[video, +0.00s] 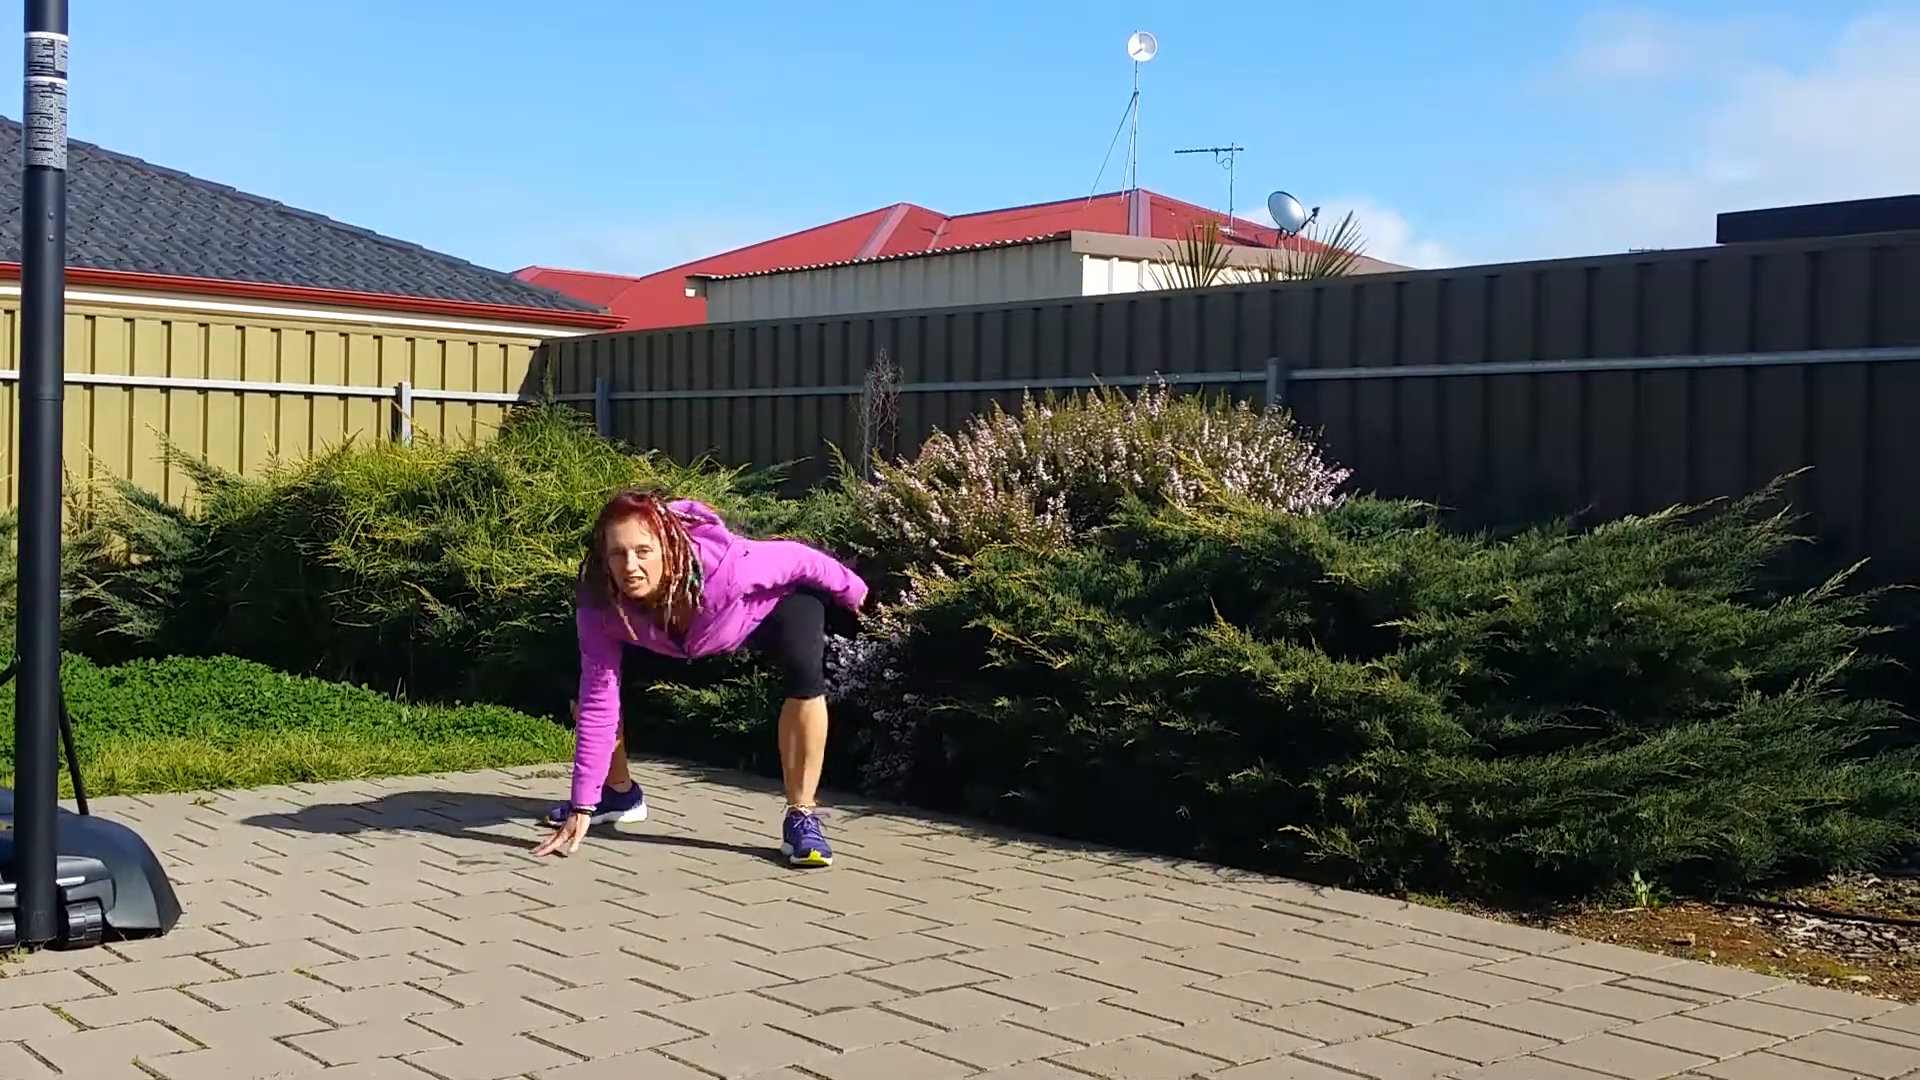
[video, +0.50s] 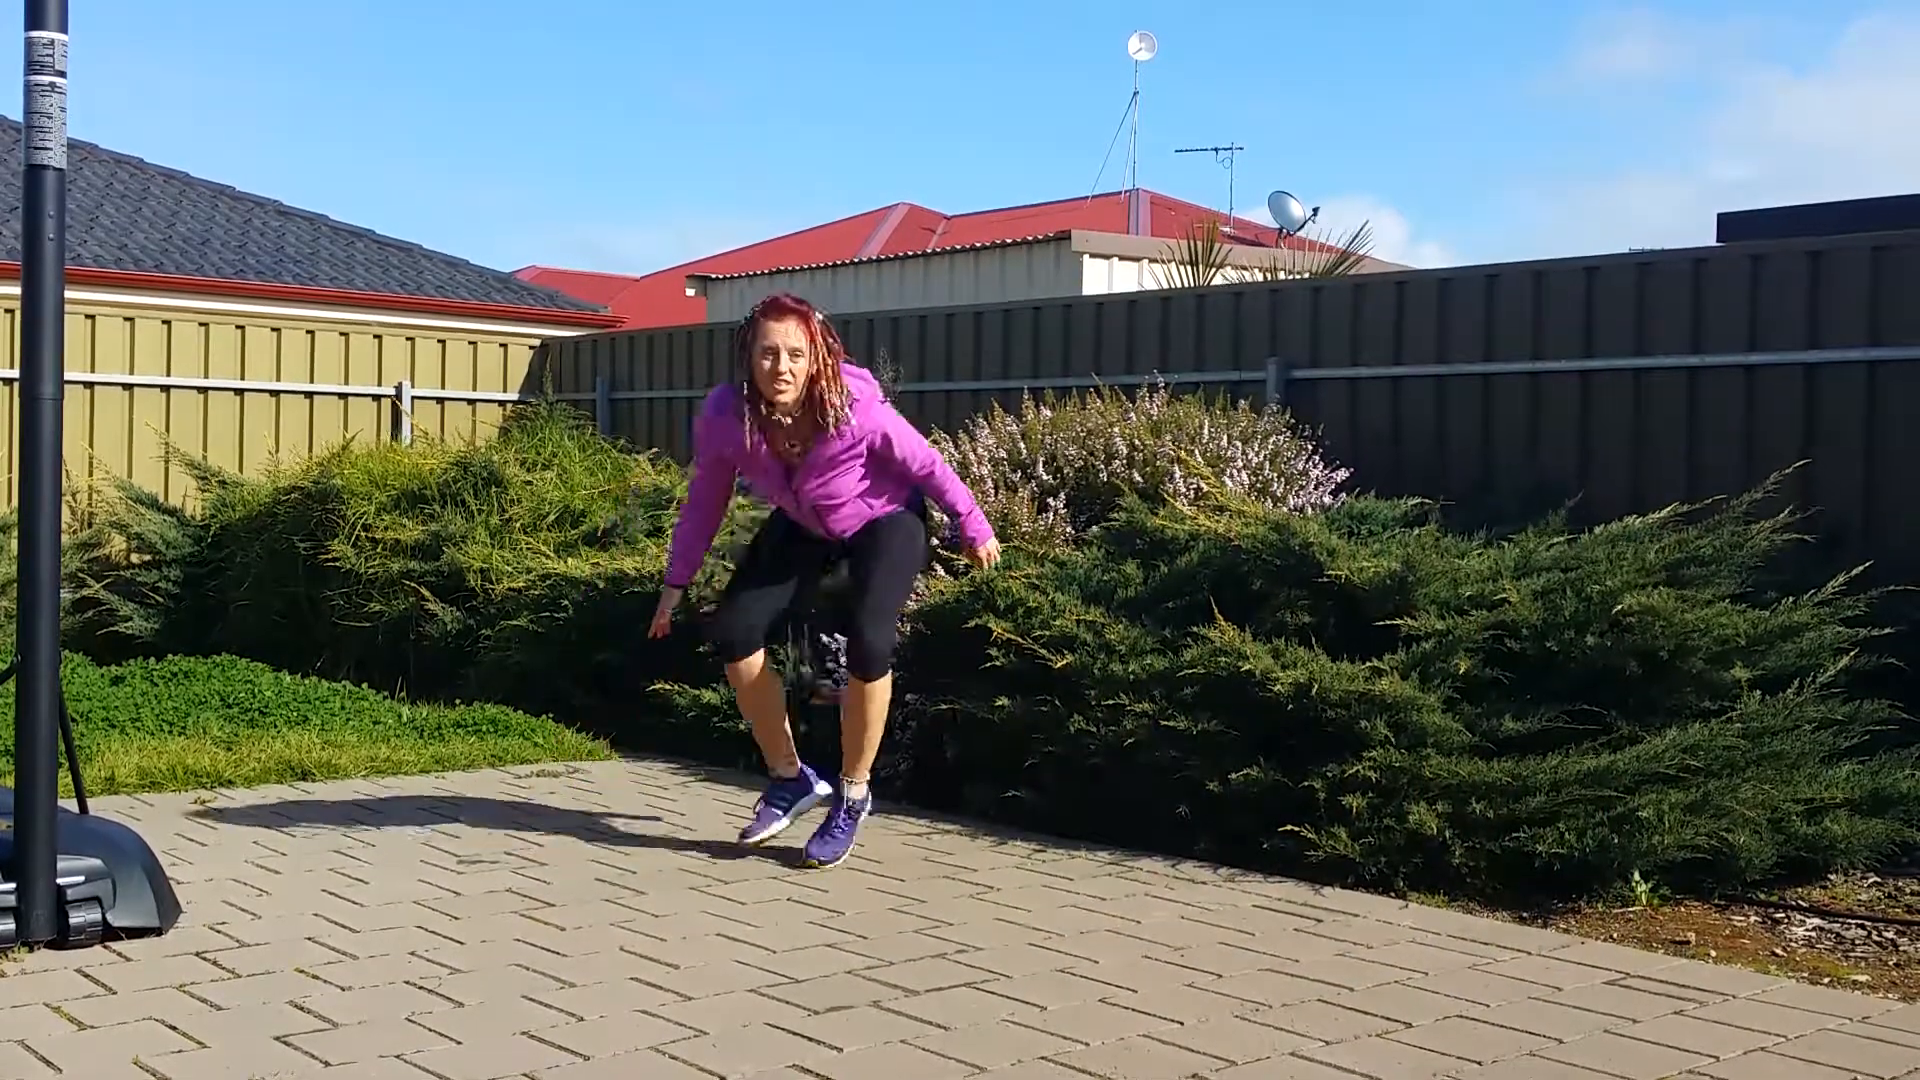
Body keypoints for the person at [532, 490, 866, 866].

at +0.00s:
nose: (630, 565)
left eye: (642, 551)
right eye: (617, 553)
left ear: (669, 549)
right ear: (603, 557)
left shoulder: (727, 566)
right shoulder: (599, 604)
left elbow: (801, 559)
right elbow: (596, 701)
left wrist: (854, 591)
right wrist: (582, 805)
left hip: (765, 603)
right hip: (680, 634)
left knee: (804, 662)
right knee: (593, 680)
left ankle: (802, 817)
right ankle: (620, 792)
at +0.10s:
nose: (640, 548)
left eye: (653, 534)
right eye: (628, 536)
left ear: (678, 533)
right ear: (612, 540)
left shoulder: (733, 555)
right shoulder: (600, 584)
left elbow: (812, 557)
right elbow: (587, 681)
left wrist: (866, 593)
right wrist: (557, 783)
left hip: (762, 616)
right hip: (680, 637)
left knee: (800, 659)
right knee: (593, 663)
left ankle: (802, 817)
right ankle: (616, 790)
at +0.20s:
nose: (667, 509)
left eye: (680, 495)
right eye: (655, 497)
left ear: (705, 497)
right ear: (638, 501)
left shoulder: (756, 529)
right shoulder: (620, 552)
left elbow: (836, 548)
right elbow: (588, 646)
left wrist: (885, 589)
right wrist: (552, 732)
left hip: (777, 594)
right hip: (686, 604)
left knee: (801, 666)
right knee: (606, 675)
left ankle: (802, 817)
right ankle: (617, 791)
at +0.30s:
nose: (708, 454)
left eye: (722, 441)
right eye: (695, 441)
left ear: (745, 446)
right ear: (678, 446)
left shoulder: (791, 485)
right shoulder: (655, 496)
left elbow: (864, 526)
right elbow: (619, 580)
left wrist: (911, 575)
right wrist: (581, 661)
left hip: (815, 564)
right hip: (729, 567)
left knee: (812, 666)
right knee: (652, 651)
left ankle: (803, 815)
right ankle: (619, 785)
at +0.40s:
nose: (748, 400)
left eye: (762, 386)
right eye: (735, 386)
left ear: (786, 393)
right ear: (717, 392)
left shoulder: (827, 438)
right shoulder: (695, 443)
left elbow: (897, 490)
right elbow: (665, 529)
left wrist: (940, 549)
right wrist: (628, 612)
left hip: (848, 545)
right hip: (763, 543)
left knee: (830, 670)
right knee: (695, 651)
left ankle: (808, 813)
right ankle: (667, 785)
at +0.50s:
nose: (781, 367)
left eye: (794, 355)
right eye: (768, 353)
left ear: (816, 360)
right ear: (749, 358)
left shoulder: (855, 406)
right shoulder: (725, 417)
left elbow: (928, 465)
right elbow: (702, 504)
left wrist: (976, 528)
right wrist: (674, 584)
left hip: (883, 520)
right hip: (800, 522)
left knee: (870, 644)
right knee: (736, 637)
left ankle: (852, 800)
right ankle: (790, 780)